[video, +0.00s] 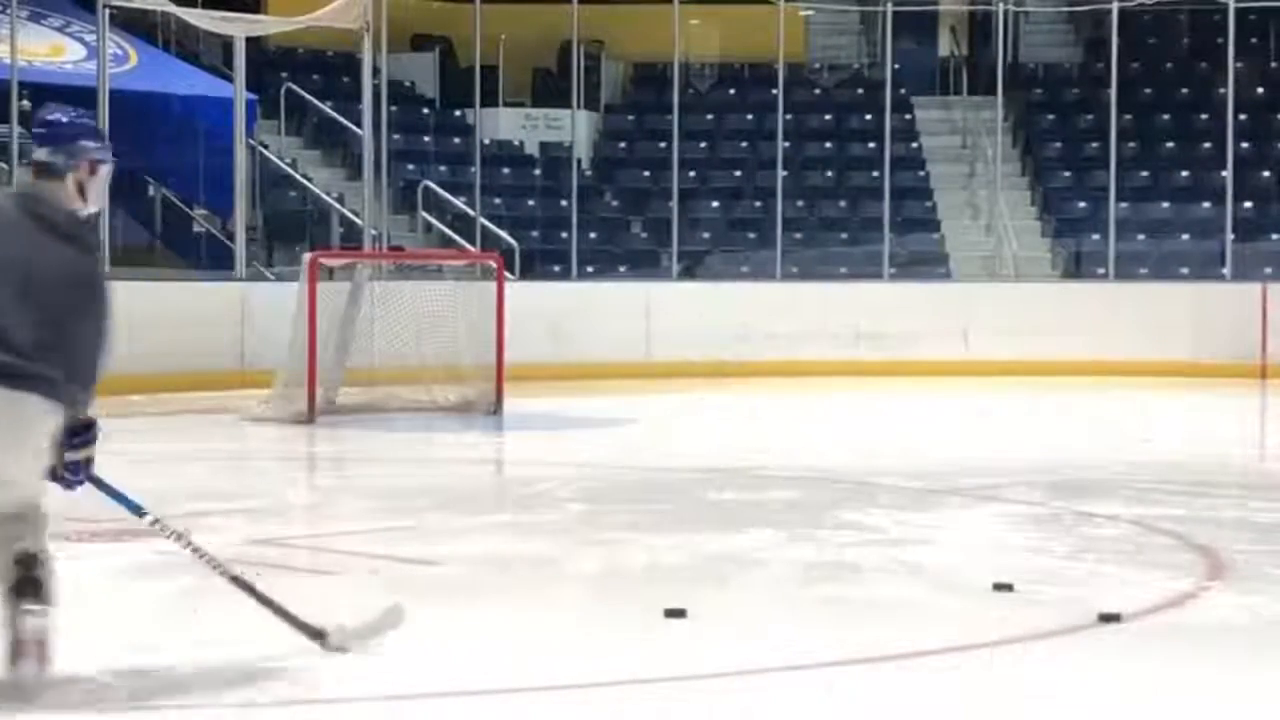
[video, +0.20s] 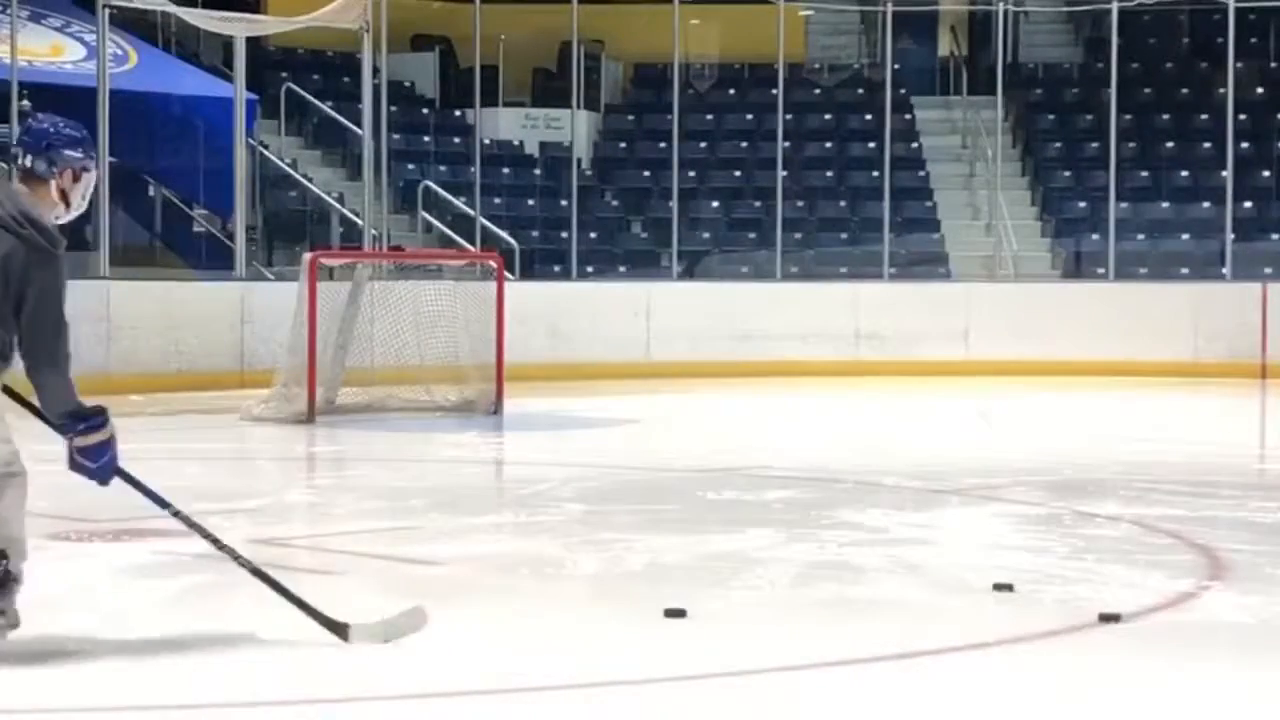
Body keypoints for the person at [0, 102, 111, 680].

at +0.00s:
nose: (104, 184)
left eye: (104, 171)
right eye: (101, 172)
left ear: (39, 166)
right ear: (82, 175)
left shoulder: (7, 213)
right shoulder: (79, 247)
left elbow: (82, 341)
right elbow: (85, 343)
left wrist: (76, 419)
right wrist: (78, 422)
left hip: (10, 389)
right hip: (34, 396)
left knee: (15, 506)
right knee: (20, 505)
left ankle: (24, 594)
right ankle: (27, 589)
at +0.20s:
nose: (82, 194)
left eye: (85, 180)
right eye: (81, 180)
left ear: (25, 166)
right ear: (63, 177)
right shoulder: (34, 249)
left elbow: (44, 355)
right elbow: (46, 358)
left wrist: (74, 419)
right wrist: (78, 421)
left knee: (8, 474)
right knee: (6, 473)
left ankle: (5, 588)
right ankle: (3, 591)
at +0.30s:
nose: (92, 200)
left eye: (95, 188)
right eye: (91, 188)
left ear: (41, 174)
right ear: (74, 187)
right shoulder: (38, 254)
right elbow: (58, 358)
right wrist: (98, 424)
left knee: (12, 454)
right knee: (10, 455)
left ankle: (9, 563)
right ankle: (8, 565)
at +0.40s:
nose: (109, 205)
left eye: (111, 194)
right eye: (108, 193)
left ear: (57, 179)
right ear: (89, 191)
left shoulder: (12, 206)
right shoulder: (54, 249)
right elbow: (73, 347)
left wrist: (12, 342)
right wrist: (110, 415)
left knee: (16, 442)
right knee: (16, 444)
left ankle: (20, 556)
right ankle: (21, 558)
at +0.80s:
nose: (158, 229)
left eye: (160, 219)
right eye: (159, 219)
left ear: (114, 200)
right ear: (147, 216)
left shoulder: (64, 213)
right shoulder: (131, 260)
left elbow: (6, 222)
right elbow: (102, 344)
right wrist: (102, 359)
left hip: (2, 336)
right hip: (39, 355)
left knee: (13, 458)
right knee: (43, 461)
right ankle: (46, 510)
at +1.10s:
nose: (240, 202)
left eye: (238, 193)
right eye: (237, 193)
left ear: (198, 190)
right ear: (231, 196)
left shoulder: (161, 217)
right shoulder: (237, 243)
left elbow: (109, 248)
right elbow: (228, 316)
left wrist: (105, 302)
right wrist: (223, 372)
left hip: (128, 336)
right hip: (177, 353)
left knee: (145, 428)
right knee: (196, 446)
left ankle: (117, 494)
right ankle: (159, 498)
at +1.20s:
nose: (281, 190)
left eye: (281, 181)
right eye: (279, 181)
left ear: (239, 177)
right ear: (265, 182)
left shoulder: (200, 213)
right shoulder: (269, 235)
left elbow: (169, 261)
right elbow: (270, 306)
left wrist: (189, 298)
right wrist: (285, 359)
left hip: (184, 334)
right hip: (233, 344)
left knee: (204, 422)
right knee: (272, 423)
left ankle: (167, 490)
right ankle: (237, 493)